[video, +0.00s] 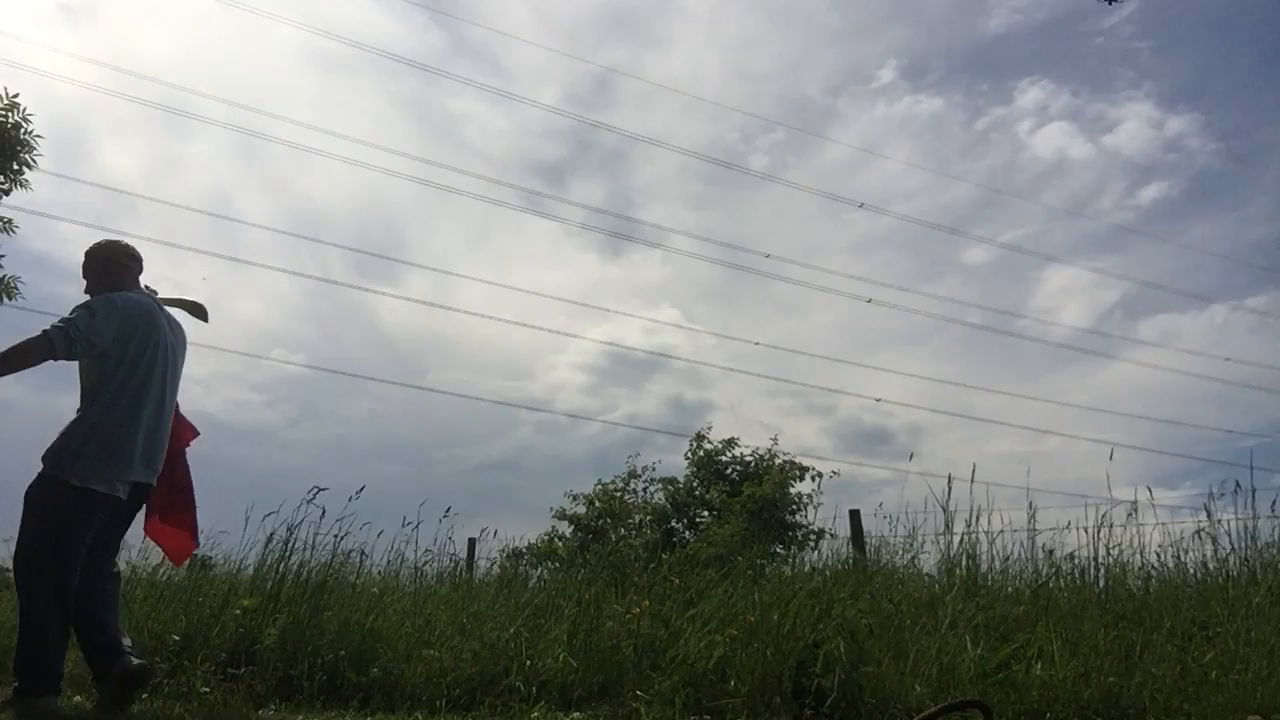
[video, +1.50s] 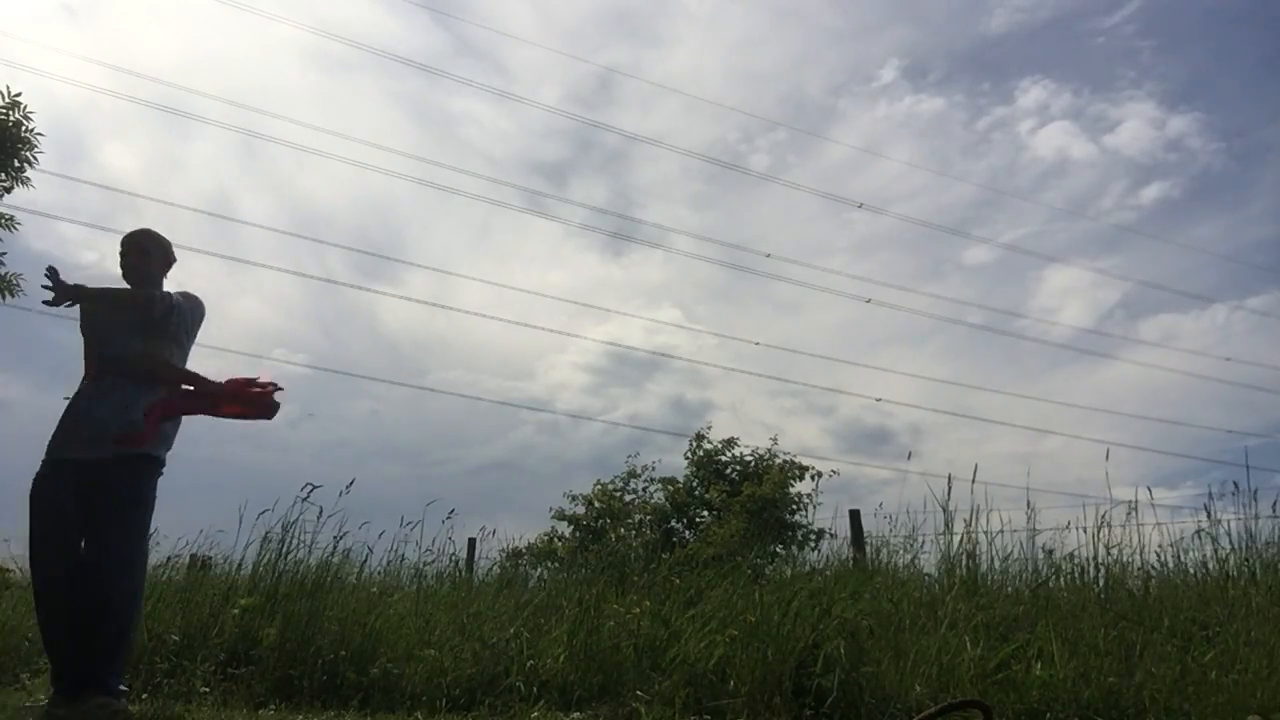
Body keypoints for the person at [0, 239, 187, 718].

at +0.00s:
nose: (85, 287)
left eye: (87, 278)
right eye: (86, 279)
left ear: (100, 273)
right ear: (139, 274)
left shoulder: (109, 309)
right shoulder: (175, 328)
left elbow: (45, 345)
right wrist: (157, 299)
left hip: (87, 461)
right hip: (139, 472)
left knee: (39, 564)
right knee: (95, 566)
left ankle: (37, 689)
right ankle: (116, 665)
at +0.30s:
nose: (55, 274)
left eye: (62, 264)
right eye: (55, 265)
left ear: (91, 264)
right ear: (103, 268)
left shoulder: (96, 306)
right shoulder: (130, 316)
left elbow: (44, 360)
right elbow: (143, 389)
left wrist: (1, 392)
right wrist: (180, 429)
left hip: (65, 463)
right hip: (93, 469)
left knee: (32, 564)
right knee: (44, 569)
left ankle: (32, 686)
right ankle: (36, 684)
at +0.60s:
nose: (54, 274)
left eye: (62, 264)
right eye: (51, 265)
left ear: (86, 270)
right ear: (55, 275)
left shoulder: (103, 317)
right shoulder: (63, 329)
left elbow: (113, 359)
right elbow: (24, 357)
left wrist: (108, 397)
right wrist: (34, 296)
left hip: (60, 467)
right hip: (27, 463)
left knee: (25, 572)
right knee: (16, 571)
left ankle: (30, 684)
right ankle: (26, 680)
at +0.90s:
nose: (50, 267)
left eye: (62, 259)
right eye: (49, 260)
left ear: (90, 269)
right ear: (50, 270)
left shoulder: (105, 314)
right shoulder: (48, 327)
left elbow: (148, 371)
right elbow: (11, 355)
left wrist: (193, 422)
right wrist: (17, 296)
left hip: (61, 460)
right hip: (23, 458)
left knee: (39, 561)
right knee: (16, 569)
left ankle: (99, 663)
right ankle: (6, 684)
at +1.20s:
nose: (96, 272)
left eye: (108, 264)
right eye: (91, 264)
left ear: (130, 274)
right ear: (84, 275)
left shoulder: (154, 328)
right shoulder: (65, 327)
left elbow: (202, 361)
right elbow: (36, 380)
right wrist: (12, 321)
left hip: (97, 478)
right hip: (35, 472)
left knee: (84, 578)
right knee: (9, 580)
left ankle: (101, 695)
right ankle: (4, 688)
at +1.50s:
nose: (131, 261)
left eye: (142, 253)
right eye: (125, 254)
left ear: (167, 262)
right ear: (119, 263)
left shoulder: (188, 307)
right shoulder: (98, 309)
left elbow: (144, 306)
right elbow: (129, 361)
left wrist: (80, 294)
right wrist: (202, 384)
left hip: (132, 459)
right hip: (70, 455)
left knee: (118, 568)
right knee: (54, 568)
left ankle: (106, 686)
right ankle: (68, 686)